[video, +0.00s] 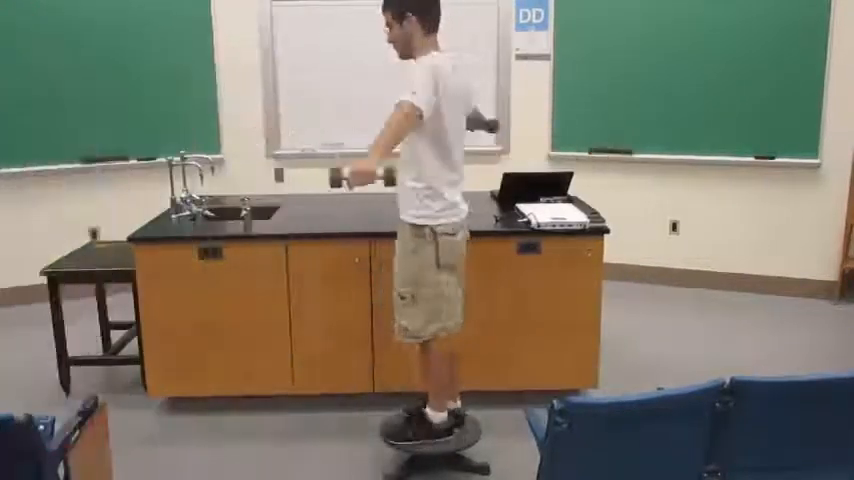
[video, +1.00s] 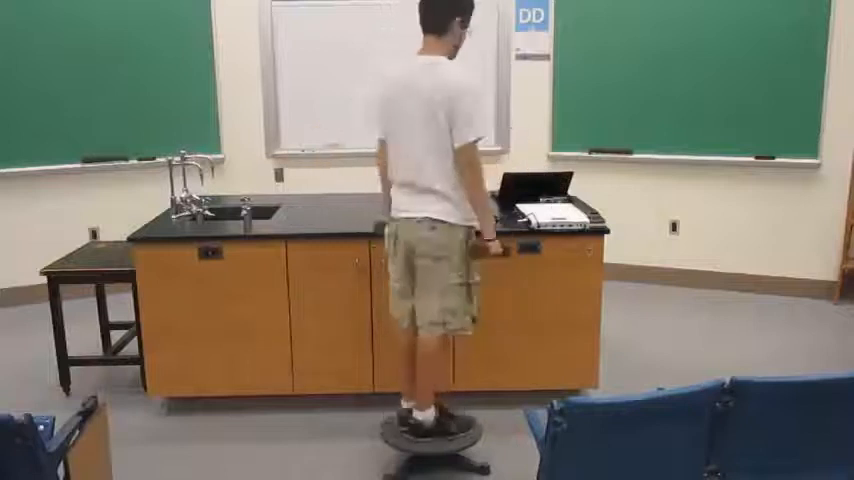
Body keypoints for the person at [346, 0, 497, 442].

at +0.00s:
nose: (387, 36)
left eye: (390, 25)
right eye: (386, 27)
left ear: (415, 22)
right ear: (425, 23)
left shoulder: (427, 69)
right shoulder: (449, 68)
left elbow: (410, 113)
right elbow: (456, 128)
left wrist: (371, 159)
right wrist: (408, 151)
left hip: (428, 221)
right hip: (443, 218)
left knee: (431, 325)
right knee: (437, 323)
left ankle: (437, 417)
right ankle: (447, 406)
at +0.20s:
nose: (391, 36)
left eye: (391, 26)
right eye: (389, 27)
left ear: (407, 22)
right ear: (430, 23)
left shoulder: (409, 72)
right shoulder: (459, 71)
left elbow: (372, 118)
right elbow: (493, 108)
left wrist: (319, 157)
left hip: (423, 223)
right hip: (454, 217)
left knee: (424, 326)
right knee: (448, 324)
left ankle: (431, 416)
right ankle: (451, 408)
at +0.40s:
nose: (394, 32)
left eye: (394, 23)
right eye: (395, 23)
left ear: (402, 22)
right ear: (437, 22)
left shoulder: (399, 74)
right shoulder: (467, 72)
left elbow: (346, 120)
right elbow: (512, 105)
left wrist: (287, 156)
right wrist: (546, 121)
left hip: (416, 222)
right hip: (458, 218)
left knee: (420, 326)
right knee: (451, 322)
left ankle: (423, 417)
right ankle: (449, 410)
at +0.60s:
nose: (400, 30)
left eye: (401, 22)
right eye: (406, 21)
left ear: (405, 23)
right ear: (443, 25)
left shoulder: (391, 74)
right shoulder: (470, 73)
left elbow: (342, 128)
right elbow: (515, 121)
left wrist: (286, 173)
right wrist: (557, 146)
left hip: (410, 222)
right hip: (458, 218)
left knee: (414, 327)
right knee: (451, 325)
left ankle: (417, 419)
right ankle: (447, 417)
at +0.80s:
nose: (417, 27)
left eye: (415, 20)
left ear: (412, 24)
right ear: (452, 28)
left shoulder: (388, 81)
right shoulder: (472, 83)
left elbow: (353, 147)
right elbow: (504, 153)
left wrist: (340, 180)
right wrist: (531, 193)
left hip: (401, 222)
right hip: (454, 222)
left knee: (403, 322)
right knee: (443, 324)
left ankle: (409, 412)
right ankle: (438, 415)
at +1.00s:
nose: (465, 37)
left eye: (465, 29)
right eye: (466, 29)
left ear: (423, 24)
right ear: (458, 26)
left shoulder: (395, 79)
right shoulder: (456, 81)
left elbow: (384, 160)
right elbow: (468, 165)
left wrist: (395, 208)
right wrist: (487, 226)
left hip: (400, 221)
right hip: (441, 225)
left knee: (410, 322)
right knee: (433, 326)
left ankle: (410, 406)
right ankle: (425, 415)